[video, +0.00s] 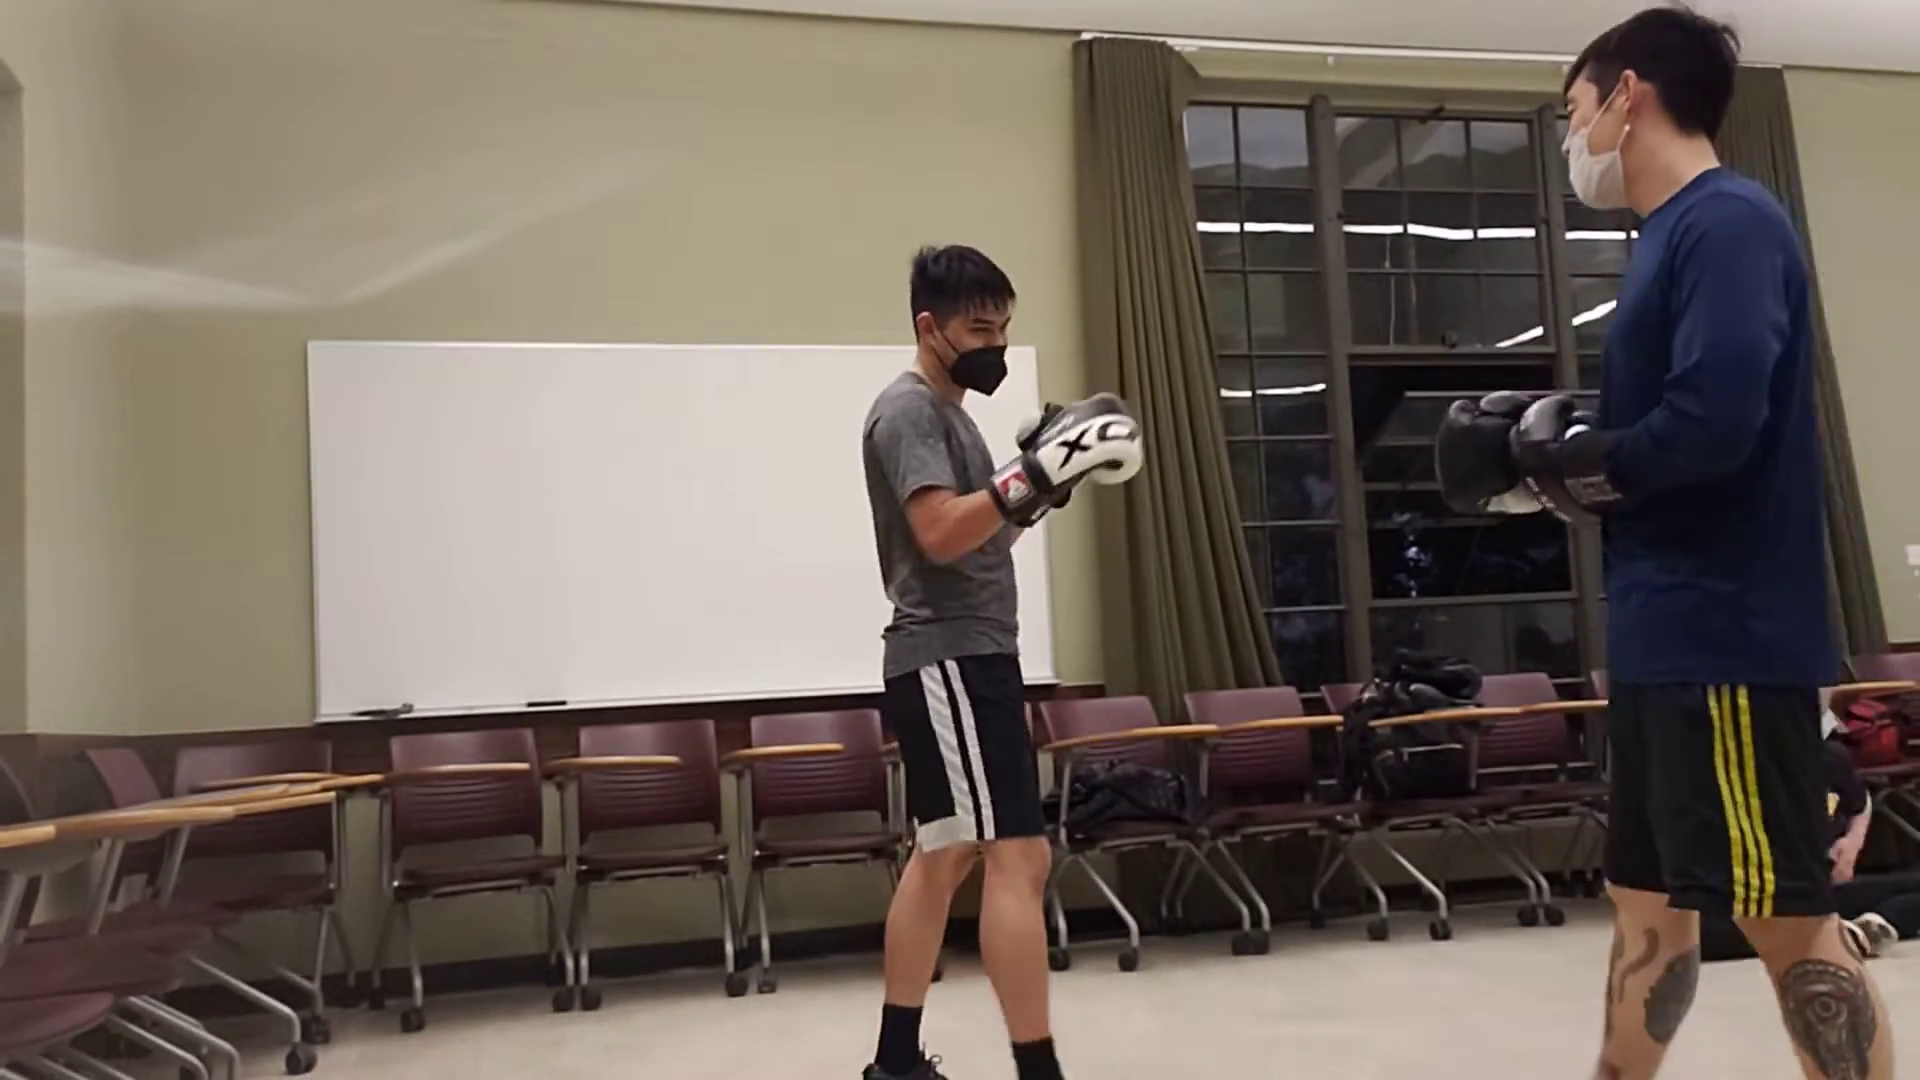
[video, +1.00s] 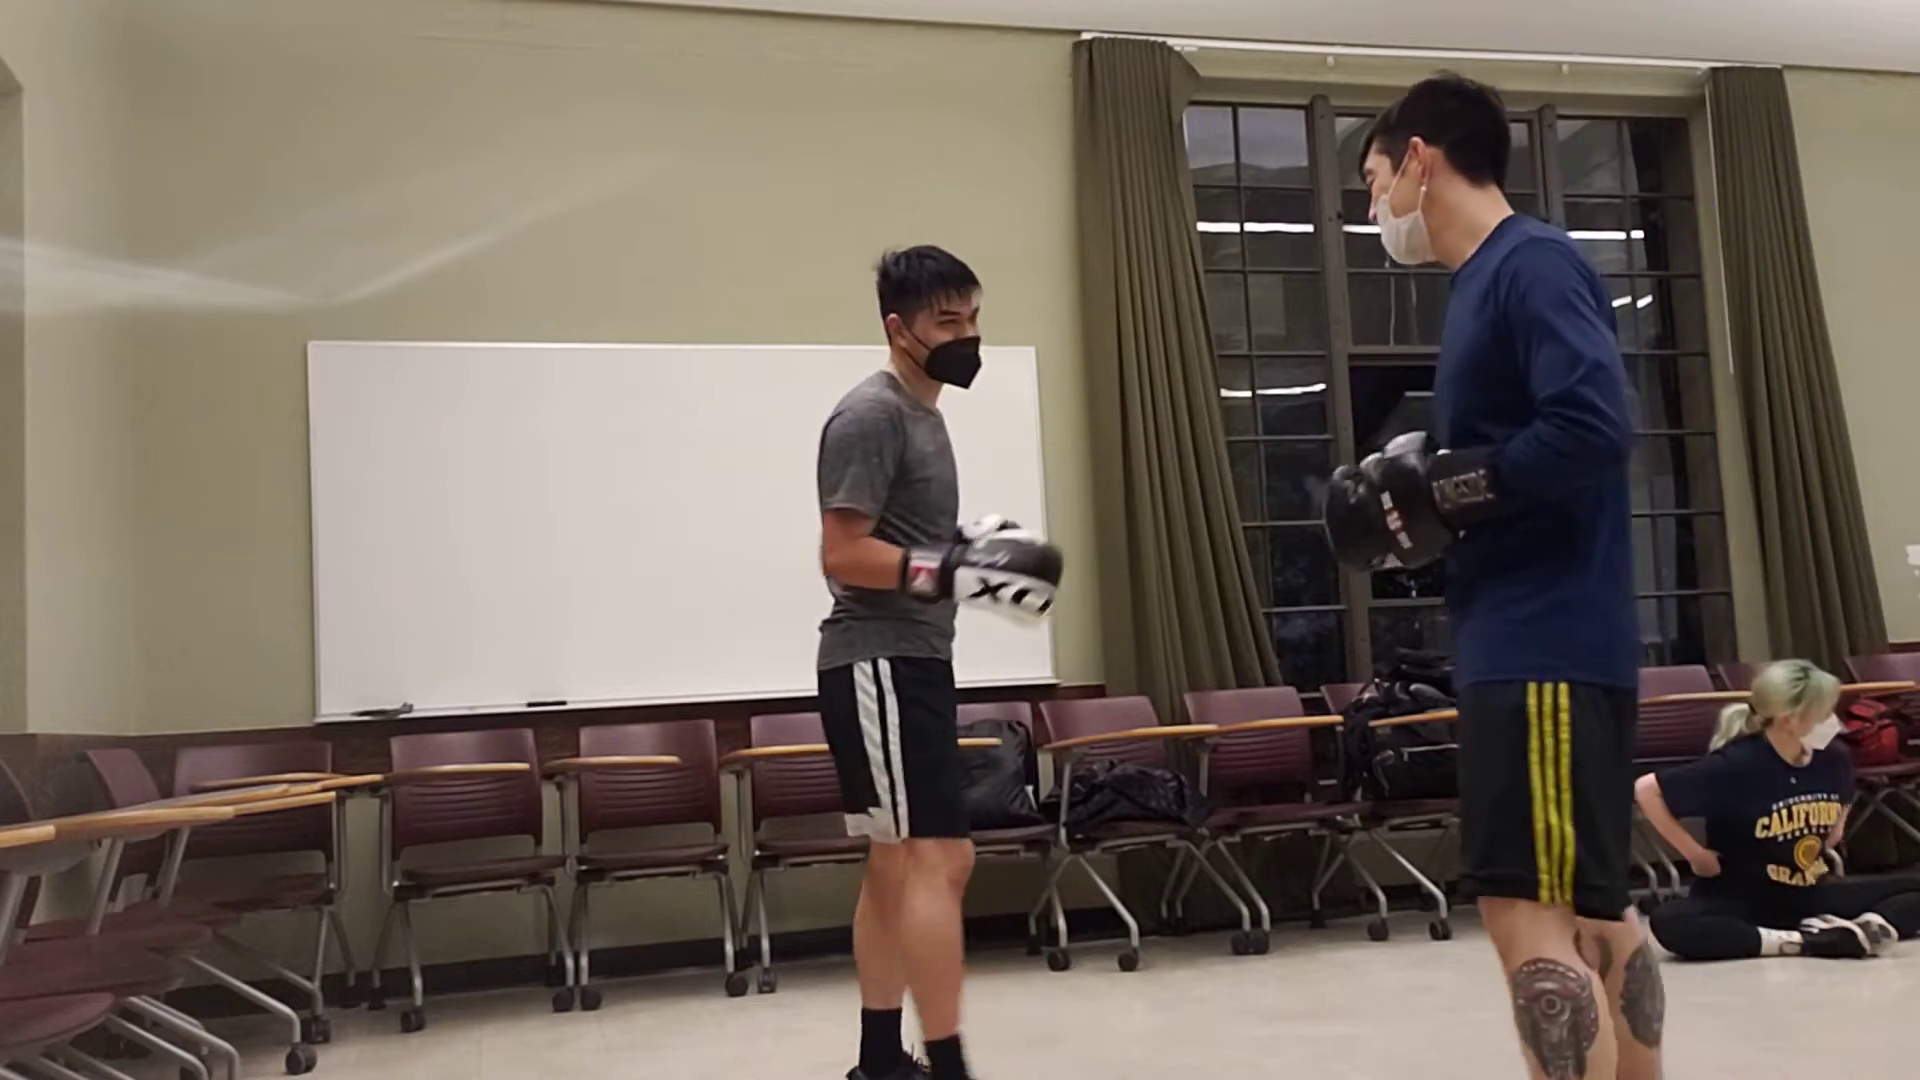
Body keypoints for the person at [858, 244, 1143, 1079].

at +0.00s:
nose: (995, 342)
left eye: (1001, 326)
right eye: (978, 326)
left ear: (1003, 320)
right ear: (927, 326)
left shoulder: (950, 419)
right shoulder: (907, 411)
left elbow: (976, 540)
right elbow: (942, 536)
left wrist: (1039, 479)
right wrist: (1032, 476)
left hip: (963, 658)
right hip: (951, 660)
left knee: (941, 854)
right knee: (1019, 860)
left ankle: (897, 1058)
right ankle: (1040, 1071)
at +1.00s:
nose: (967, 335)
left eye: (972, 319)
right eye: (948, 320)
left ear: (972, 315)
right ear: (898, 324)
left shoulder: (922, 414)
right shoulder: (869, 414)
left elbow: (903, 542)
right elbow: (841, 554)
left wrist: (977, 553)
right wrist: (950, 570)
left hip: (909, 659)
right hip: (878, 661)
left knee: (893, 864)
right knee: (941, 860)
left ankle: (882, 1060)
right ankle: (948, 1067)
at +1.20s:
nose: (938, 334)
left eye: (945, 318)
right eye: (920, 319)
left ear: (949, 317)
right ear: (870, 323)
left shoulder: (891, 414)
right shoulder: (841, 416)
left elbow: (874, 536)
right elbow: (794, 553)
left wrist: (938, 555)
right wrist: (904, 591)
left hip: (886, 663)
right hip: (842, 666)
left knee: (893, 863)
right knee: (866, 865)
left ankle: (881, 1058)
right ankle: (794, 1071)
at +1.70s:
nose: (882, 331)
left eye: (891, 316)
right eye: (863, 314)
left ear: (897, 317)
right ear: (814, 314)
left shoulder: (853, 423)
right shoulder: (777, 406)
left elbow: (842, 543)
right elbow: (753, 543)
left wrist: (919, 506)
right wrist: (871, 554)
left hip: (839, 671)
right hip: (782, 669)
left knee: (835, 863)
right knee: (786, 874)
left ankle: (800, 1049)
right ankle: (769, 1070)